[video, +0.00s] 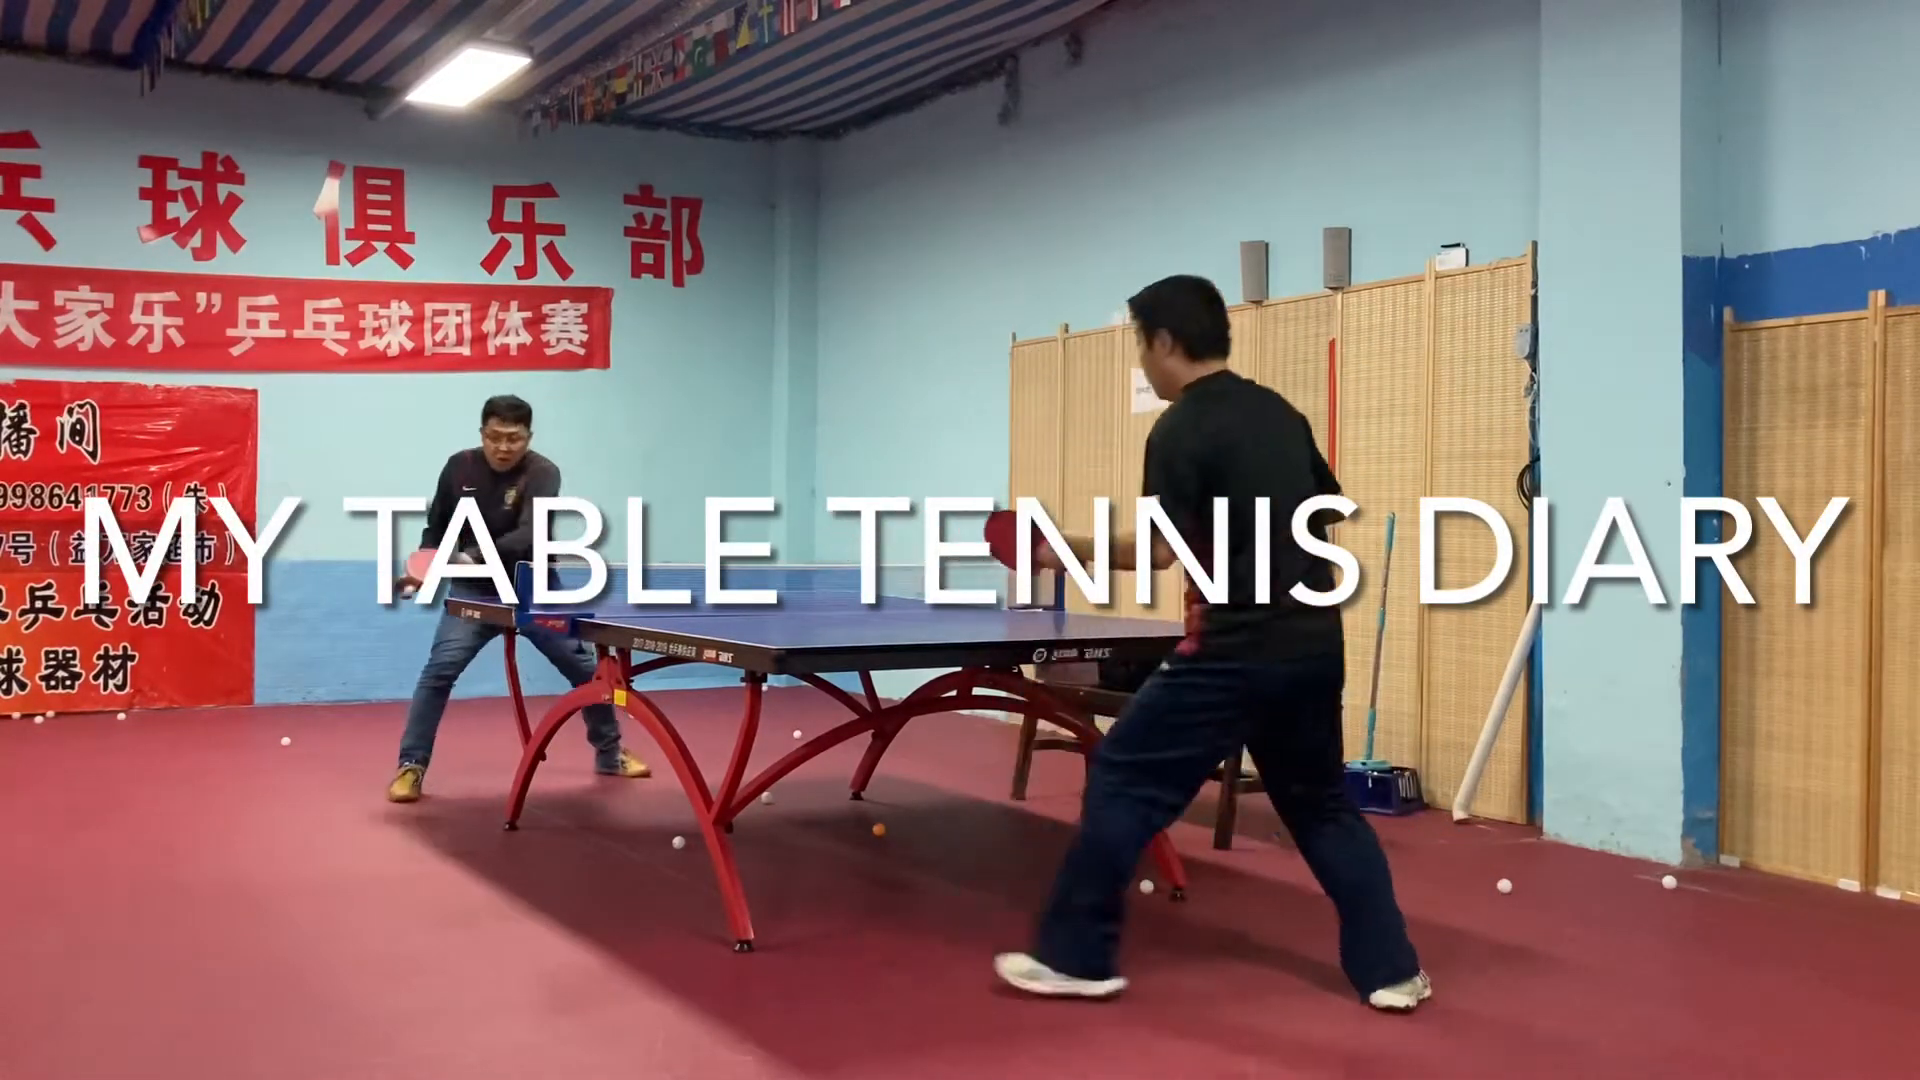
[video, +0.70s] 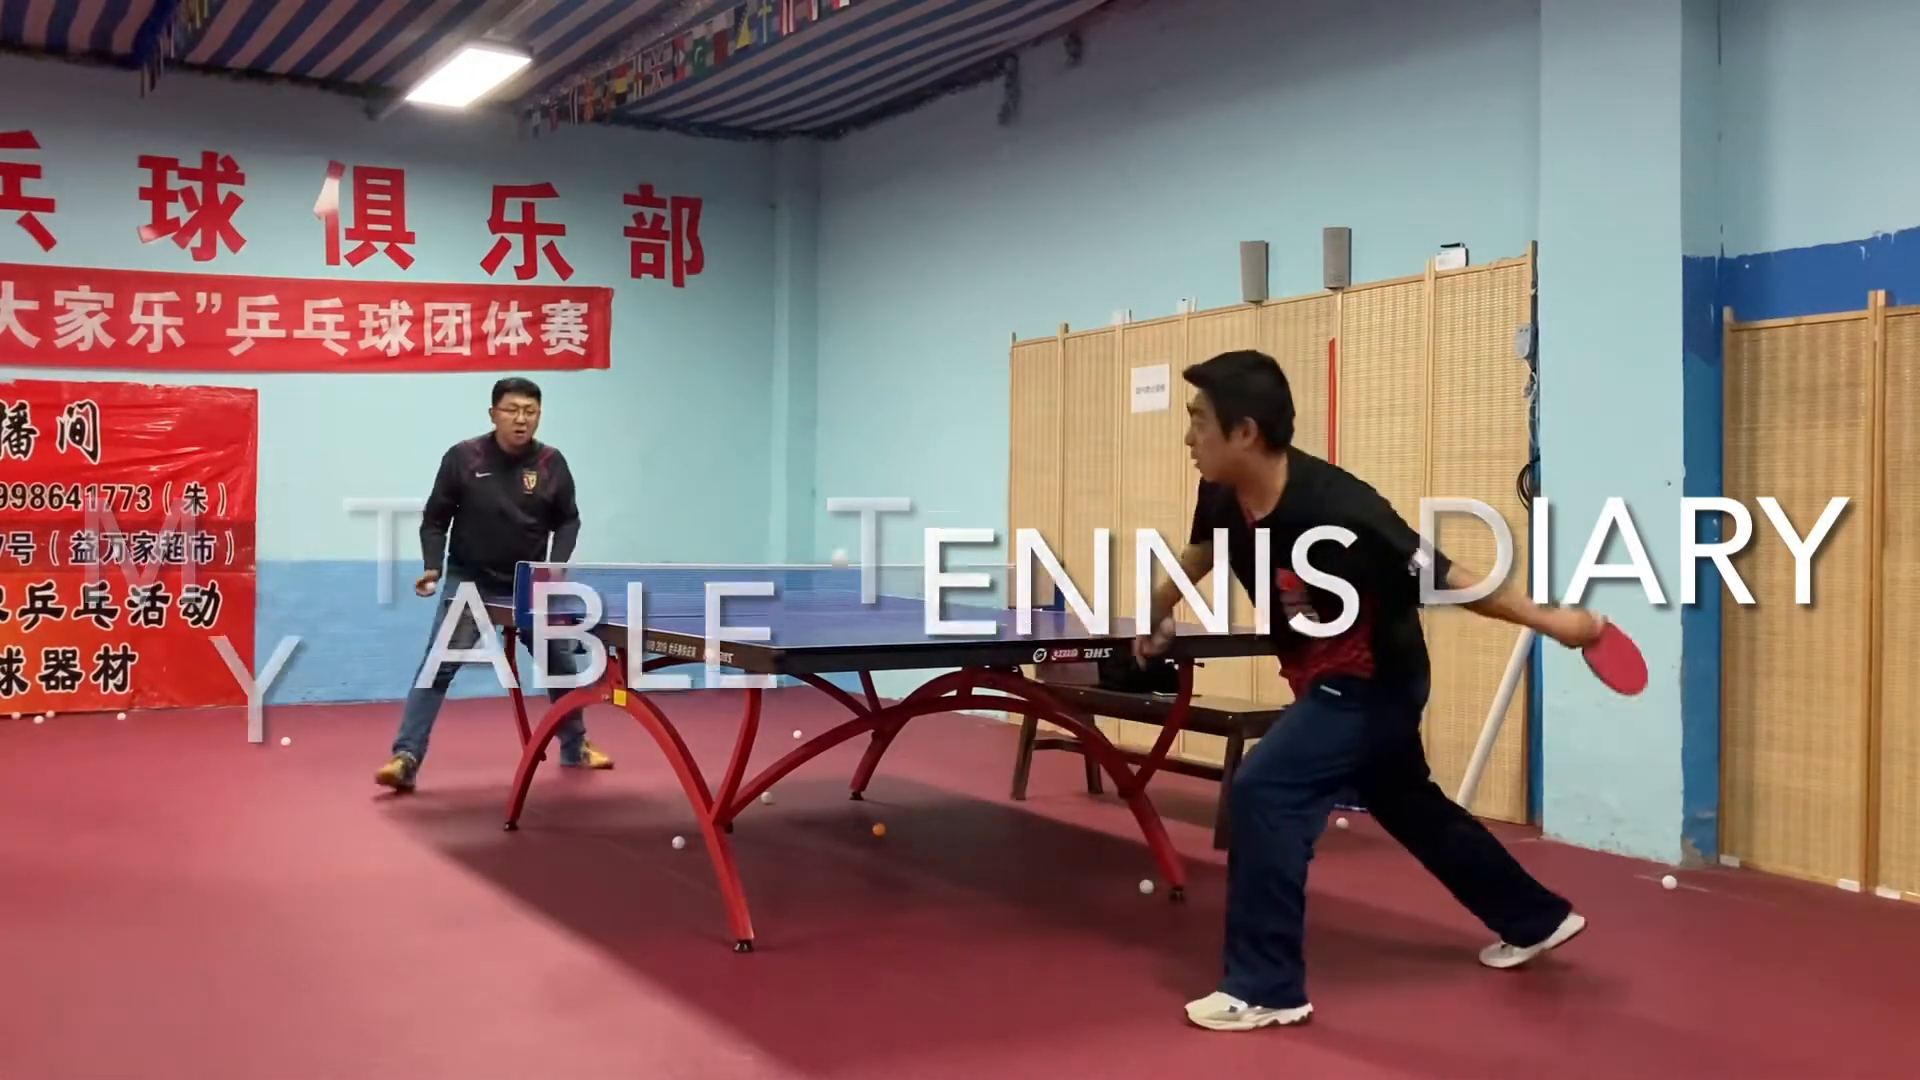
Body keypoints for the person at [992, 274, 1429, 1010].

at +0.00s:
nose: (1142, 363)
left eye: (1143, 346)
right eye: (1141, 347)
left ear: (1167, 343)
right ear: (1217, 341)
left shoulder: (1178, 432)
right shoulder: (1281, 413)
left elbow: (1171, 547)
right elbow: (1328, 507)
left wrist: (1072, 557)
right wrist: (1245, 553)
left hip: (1234, 652)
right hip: (1314, 648)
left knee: (1124, 776)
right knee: (1318, 800)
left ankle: (1076, 957)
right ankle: (1392, 970)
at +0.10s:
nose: (1164, 349)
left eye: (1165, 333)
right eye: (1164, 334)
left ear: (1188, 332)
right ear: (1241, 326)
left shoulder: (1204, 421)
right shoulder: (1301, 396)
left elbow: (1195, 540)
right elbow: (1354, 489)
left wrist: (1110, 550)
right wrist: (1277, 524)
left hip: (1268, 647)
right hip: (1345, 640)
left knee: (1181, 789)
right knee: (1342, 787)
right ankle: (1407, 948)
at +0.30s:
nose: (1214, 392)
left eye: (1217, 377)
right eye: (1213, 377)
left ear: (1249, 375)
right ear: (1282, 373)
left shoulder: (1288, 463)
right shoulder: (1329, 436)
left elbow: (1262, 588)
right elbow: (1302, 563)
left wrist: (1170, 592)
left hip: (1340, 685)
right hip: (1393, 676)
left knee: (1238, 814)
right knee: (1411, 813)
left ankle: (1276, 1007)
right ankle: (1515, 944)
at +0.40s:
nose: (1217, 394)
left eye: (1224, 378)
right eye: (1217, 378)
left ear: (1262, 381)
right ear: (1275, 379)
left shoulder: (1321, 472)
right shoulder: (1306, 447)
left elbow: (1333, 610)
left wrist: (1243, 636)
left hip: (1377, 680)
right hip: (1394, 674)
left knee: (1259, 795)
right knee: (1412, 804)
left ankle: (1277, 995)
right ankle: (1515, 948)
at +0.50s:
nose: (1210, 408)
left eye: (1219, 393)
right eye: (1212, 393)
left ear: (1261, 398)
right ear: (1263, 398)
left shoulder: (1353, 484)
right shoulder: (1269, 462)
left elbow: (1400, 610)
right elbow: (1252, 510)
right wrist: (1187, 550)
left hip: (1385, 679)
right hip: (1344, 676)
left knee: (1270, 783)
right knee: (1402, 805)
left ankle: (1270, 983)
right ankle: (1524, 927)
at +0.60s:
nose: (1201, 440)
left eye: (1208, 425)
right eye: (1202, 425)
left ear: (1253, 431)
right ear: (1255, 430)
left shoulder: (1358, 509)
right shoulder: (1232, 486)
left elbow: (1448, 605)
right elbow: (1199, 532)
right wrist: (1151, 588)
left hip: (1379, 685)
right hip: (1328, 685)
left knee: (1272, 790)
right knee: (1411, 817)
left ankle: (1268, 986)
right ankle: (1537, 917)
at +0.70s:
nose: (1189, 437)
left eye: (1199, 423)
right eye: (1190, 421)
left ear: (1246, 434)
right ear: (1239, 435)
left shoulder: (1344, 508)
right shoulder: (1224, 488)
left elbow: (1454, 583)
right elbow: (1200, 553)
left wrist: (1550, 620)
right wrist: (1158, 614)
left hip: (1374, 687)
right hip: (1329, 686)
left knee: (1264, 791)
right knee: (1415, 811)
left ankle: (1267, 985)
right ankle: (1536, 917)